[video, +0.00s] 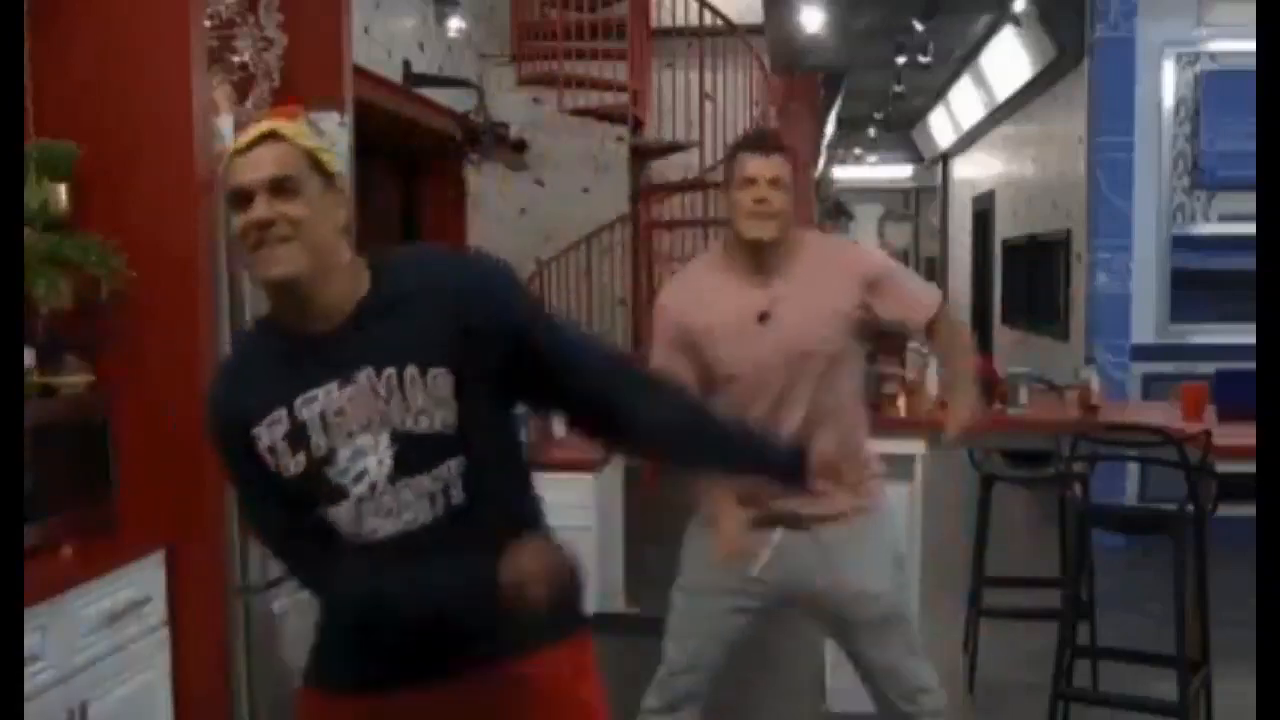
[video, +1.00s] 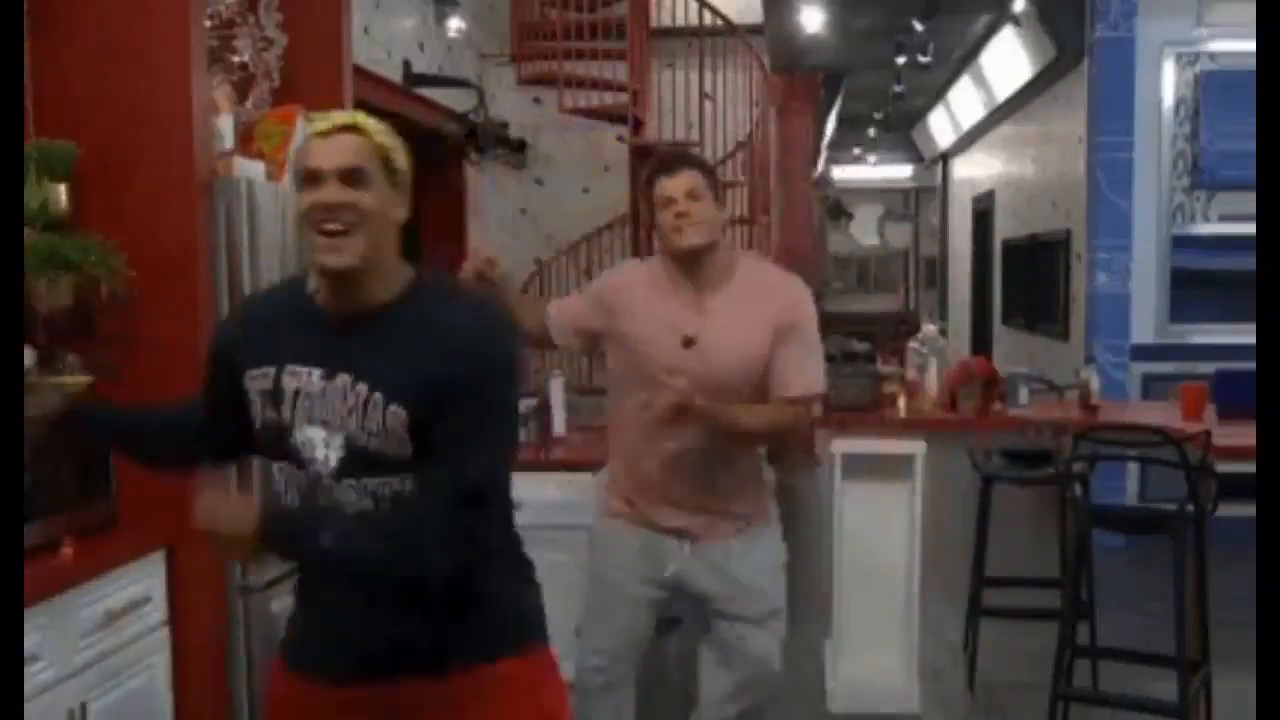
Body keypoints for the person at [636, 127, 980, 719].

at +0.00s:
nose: (762, 196)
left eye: (776, 184)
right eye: (748, 184)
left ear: (796, 197)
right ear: (726, 197)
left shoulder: (849, 266)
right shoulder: (684, 297)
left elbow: (944, 322)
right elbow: (670, 416)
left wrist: (960, 399)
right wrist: (721, 498)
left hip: (845, 523)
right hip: (736, 523)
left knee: (911, 694)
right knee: (675, 694)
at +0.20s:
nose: (810, 206)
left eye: (825, 196)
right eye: (796, 193)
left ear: (844, 217)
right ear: (771, 209)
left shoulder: (886, 281)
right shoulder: (736, 300)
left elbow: (988, 331)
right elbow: (735, 439)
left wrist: (1004, 281)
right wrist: (799, 414)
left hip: (888, 545)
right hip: (776, 539)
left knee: (921, 702)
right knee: (733, 693)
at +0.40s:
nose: (850, 219)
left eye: (863, 209)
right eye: (835, 206)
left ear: (876, 224)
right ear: (805, 218)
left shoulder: (908, 292)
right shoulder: (753, 300)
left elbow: (1004, 340)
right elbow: (740, 425)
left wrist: (1016, 305)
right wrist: (844, 404)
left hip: (907, 512)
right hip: (803, 521)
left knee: (954, 675)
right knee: (805, 684)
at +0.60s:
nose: (804, 213)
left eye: (816, 199)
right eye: (789, 204)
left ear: (842, 210)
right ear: (773, 221)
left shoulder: (895, 299)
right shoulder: (736, 310)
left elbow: (932, 412)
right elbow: (718, 443)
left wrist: (1008, 490)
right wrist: (780, 522)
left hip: (877, 544)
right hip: (756, 540)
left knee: (934, 703)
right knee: (710, 691)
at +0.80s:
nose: (732, 197)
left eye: (744, 184)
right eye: (716, 189)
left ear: (769, 194)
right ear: (701, 206)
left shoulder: (828, 282)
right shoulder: (662, 284)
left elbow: (850, 397)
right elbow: (583, 368)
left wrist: (792, 485)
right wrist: (580, 441)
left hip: (790, 517)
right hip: (678, 520)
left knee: (856, 666)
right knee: (629, 674)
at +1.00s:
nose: (682, 212)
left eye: (695, 199)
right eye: (667, 204)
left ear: (723, 210)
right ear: (652, 221)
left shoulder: (781, 294)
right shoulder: (624, 287)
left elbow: (798, 414)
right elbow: (544, 322)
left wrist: (710, 412)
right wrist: (497, 292)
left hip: (739, 528)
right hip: (634, 523)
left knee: (753, 677)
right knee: (601, 678)